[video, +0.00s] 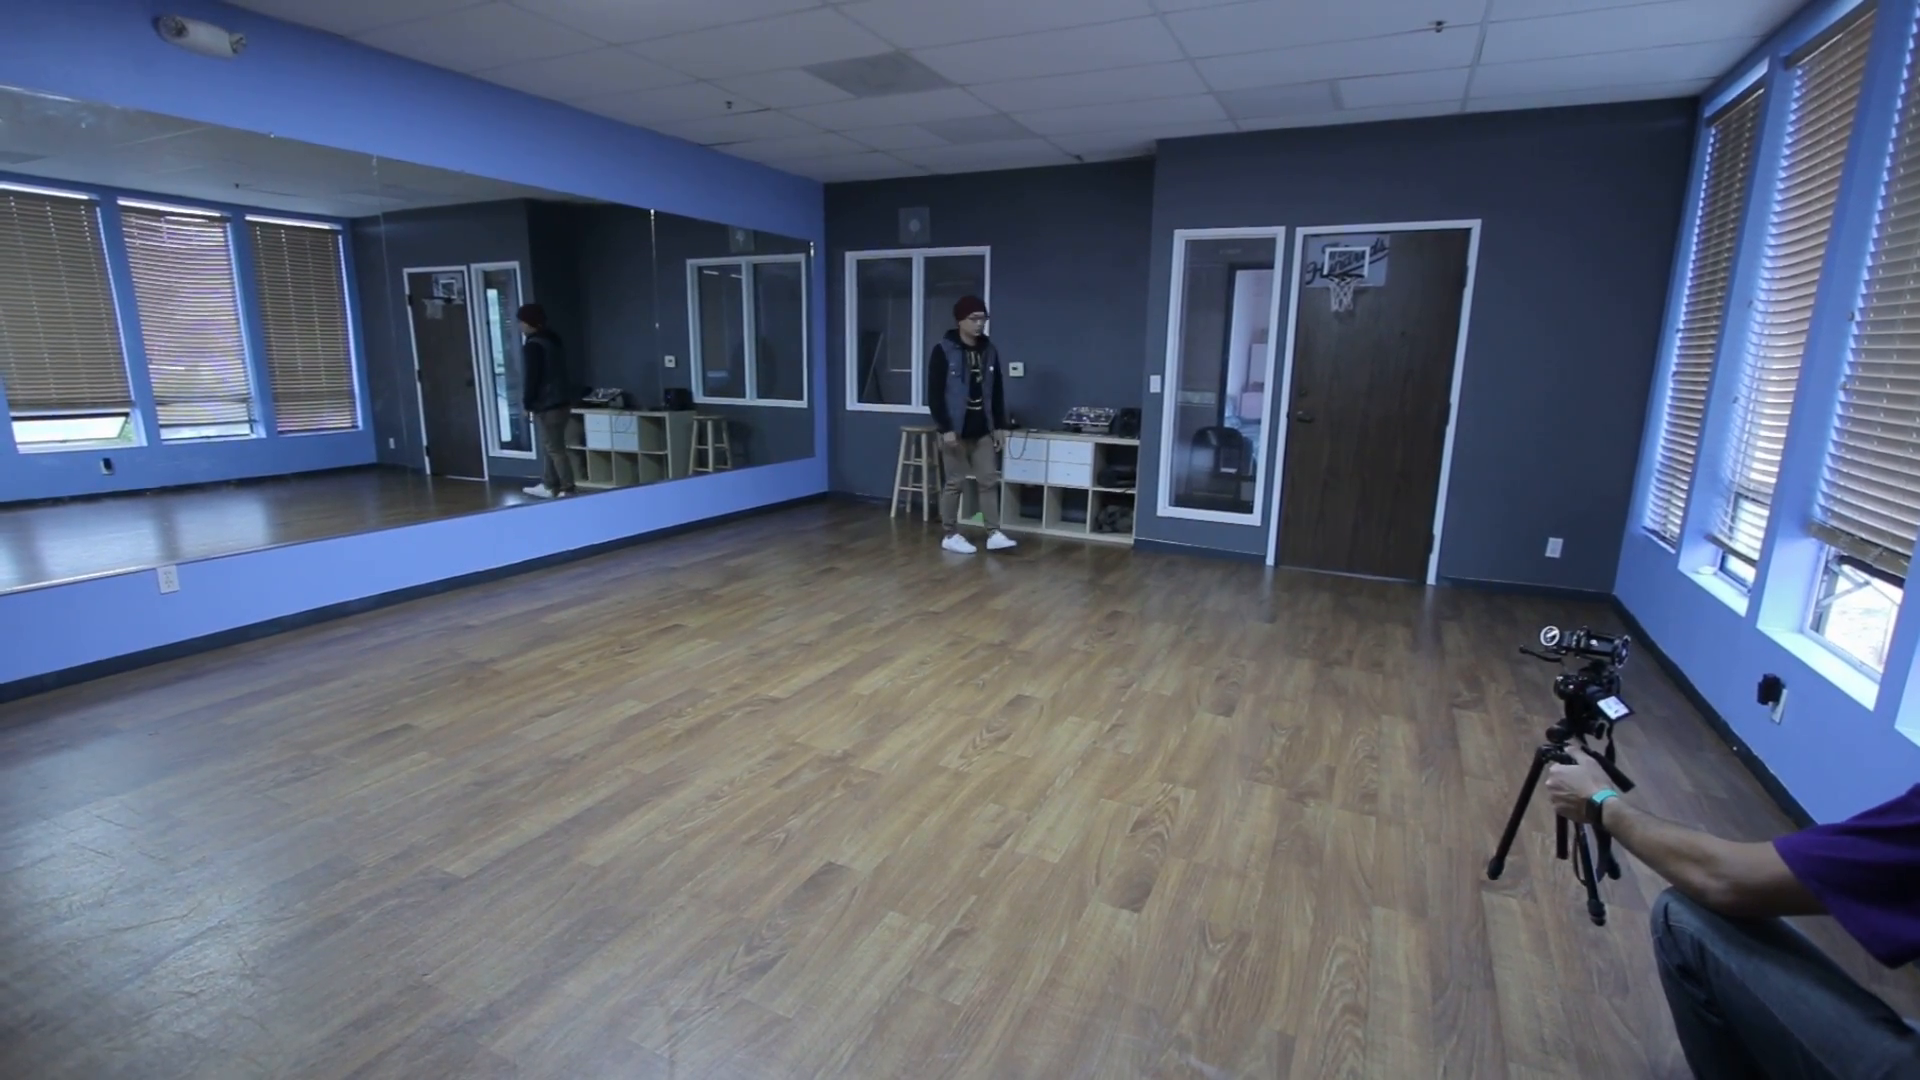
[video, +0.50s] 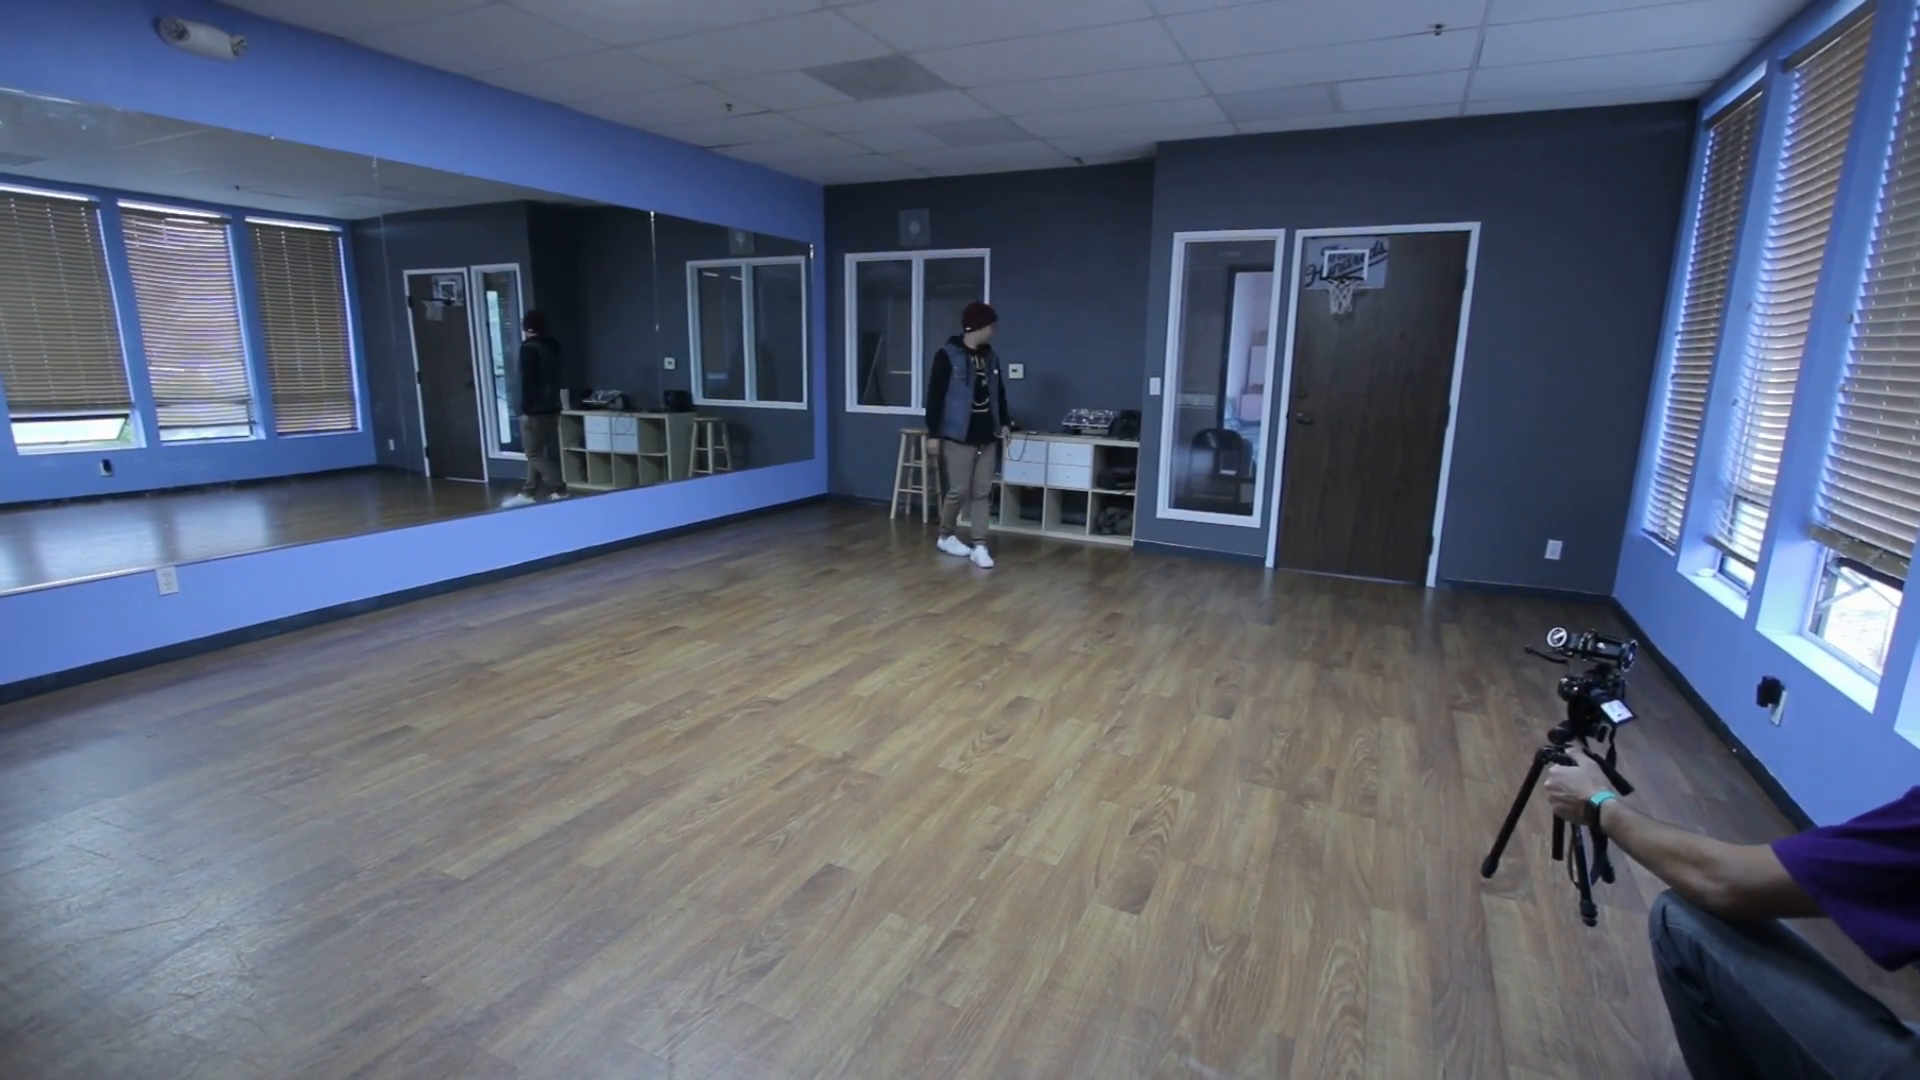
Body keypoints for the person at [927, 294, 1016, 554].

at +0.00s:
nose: (980, 324)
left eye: (983, 319)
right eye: (974, 319)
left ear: (985, 321)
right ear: (960, 320)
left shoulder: (989, 351)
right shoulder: (943, 351)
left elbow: (997, 391)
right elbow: (934, 393)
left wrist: (999, 426)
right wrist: (945, 428)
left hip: (983, 427)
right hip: (954, 428)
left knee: (988, 481)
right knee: (954, 483)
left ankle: (993, 532)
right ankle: (949, 534)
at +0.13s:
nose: (978, 324)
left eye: (981, 319)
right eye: (972, 319)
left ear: (985, 321)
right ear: (959, 321)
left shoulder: (992, 351)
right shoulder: (944, 351)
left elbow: (1000, 391)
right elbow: (936, 394)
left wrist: (1001, 427)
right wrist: (948, 427)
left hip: (984, 428)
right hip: (955, 428)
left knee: (980, 484)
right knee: (954, 483)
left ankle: (983, 537)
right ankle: (950, 534)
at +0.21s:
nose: (982, 327)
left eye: (985, 322)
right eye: (977, 322)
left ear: (988, 324)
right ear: (962, 323)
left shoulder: (994, 355)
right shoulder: (944, 354)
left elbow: (1002, 394)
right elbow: (936, 397)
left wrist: (1003, 429)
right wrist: (947, 430)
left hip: (984, 432)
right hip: (956, 431)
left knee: (978, 488)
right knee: (954, 488)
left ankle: (978, 541)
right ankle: (950, 535)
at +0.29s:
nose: (991, 328)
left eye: (992, 324)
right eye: (986, 324)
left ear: (990, 327)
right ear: (969, 326)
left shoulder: (996, 358)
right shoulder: (946, 356)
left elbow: (1004, 398)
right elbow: (937, 399)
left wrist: (1005, 431)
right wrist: (944, 433)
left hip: (986, 435)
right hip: (956, 435)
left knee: (981, 490)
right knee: (955, 489)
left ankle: (979, 543)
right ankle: (953, 534)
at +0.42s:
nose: (995, 331)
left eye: (995, 326)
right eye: (992, 326)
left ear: (982, 327)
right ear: (978, 327)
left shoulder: (994, 358)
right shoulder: (947, 356)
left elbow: (1003, 397)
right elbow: (935, 397)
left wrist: (1006, 430)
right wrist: (937, 434)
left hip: (988, 436)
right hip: (957, 436)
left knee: (982, 491)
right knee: (958, 489)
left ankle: (979, 544)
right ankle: (952, 532)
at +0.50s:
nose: (994, 331)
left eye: (994, 327)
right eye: (991, 327)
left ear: (979, 326)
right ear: (977, 327)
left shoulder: (991, 358)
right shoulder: (947, 355)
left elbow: (1000, 395)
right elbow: (935, 396)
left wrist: (1004, 425)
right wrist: (933, 433)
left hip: (987, 435)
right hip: (957, 435)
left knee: (981, 491)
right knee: (958, 490)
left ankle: (979, 544)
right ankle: (946, 536)